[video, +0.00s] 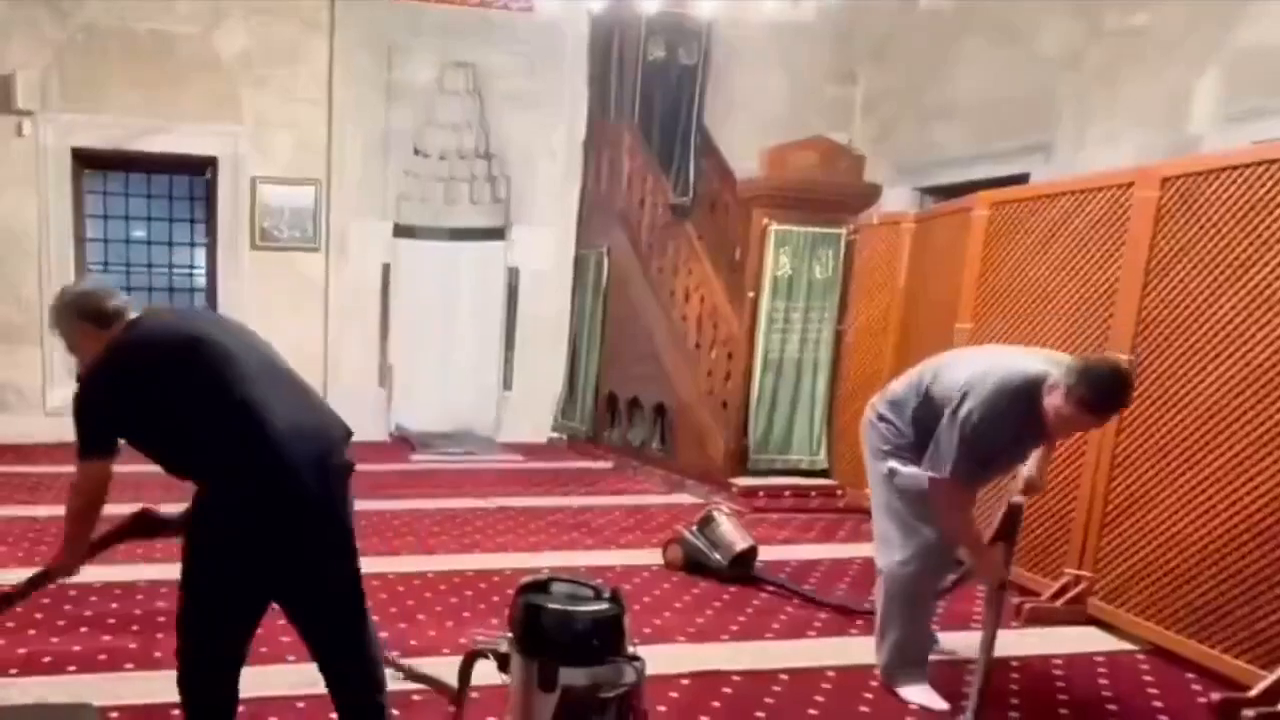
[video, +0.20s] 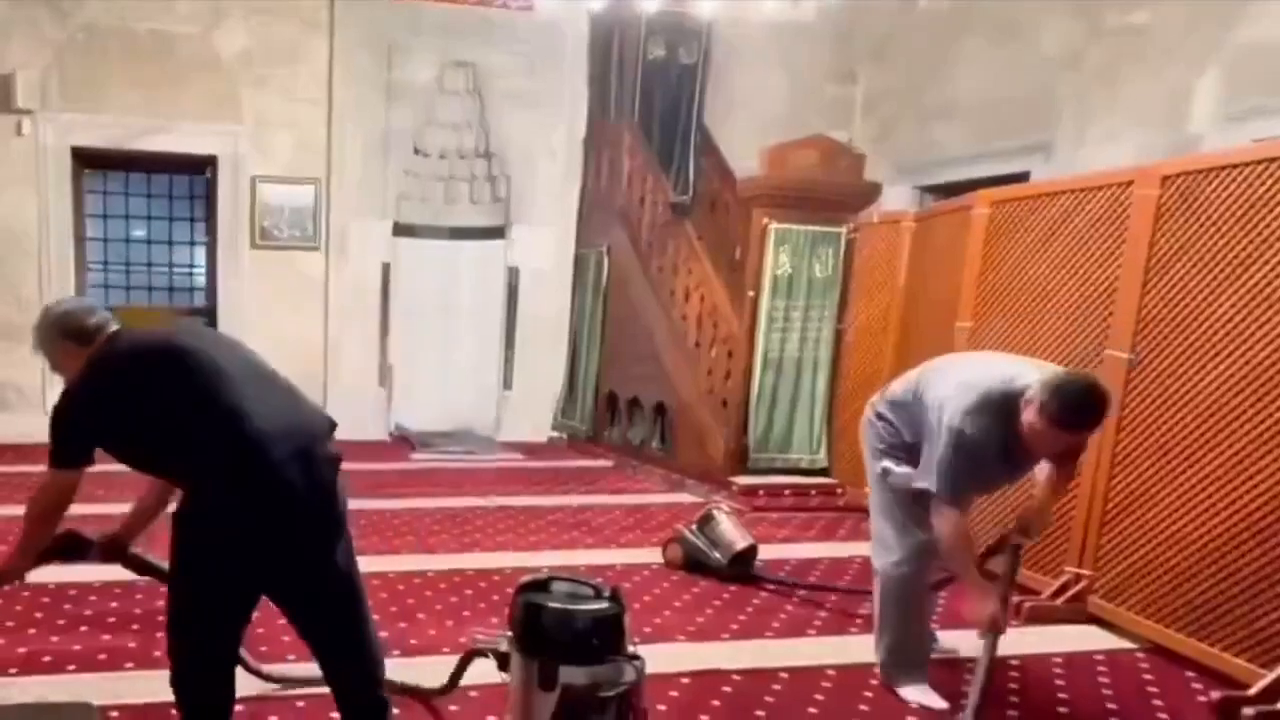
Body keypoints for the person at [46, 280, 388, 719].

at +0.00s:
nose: (76, 364)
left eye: (72, 348)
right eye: (70, 351)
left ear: (85, 332)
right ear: (125, 312)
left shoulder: (101, 379)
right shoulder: (195, 327)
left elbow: (90, 490)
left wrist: (70, 554)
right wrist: (177, 520)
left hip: (247, 490)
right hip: (323, 465)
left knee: (208, 657)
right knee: (344, 639)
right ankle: (368, 709)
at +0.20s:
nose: (60, 375)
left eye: (56, 365)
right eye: (54, 366)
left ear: (67, 351)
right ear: (108, 327)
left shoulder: (84, 395)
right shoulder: (181, 341)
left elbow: (55, 499)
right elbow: (174, 469)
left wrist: (19, 561)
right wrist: (123, 535)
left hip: (228, 497)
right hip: (310, 469)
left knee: (201, 653)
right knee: (344, 636)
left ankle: (206, 715)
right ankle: (370, 709)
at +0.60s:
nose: (87, 371)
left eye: (85, 358)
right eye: (82, 361)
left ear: (95, 343)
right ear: (131, 321)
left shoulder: (112, 386)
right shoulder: (203, 332)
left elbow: (81, 494)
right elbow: (244, 450)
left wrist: (49, 565)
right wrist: (168, 503)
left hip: (246, 489)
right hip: (327, 465)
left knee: (207, 638)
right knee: (351, 627)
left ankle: (208, 715)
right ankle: (372, 710)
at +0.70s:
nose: (106, 370)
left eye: (101, 356)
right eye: (99, 360)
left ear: (113, 335)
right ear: (150, 313)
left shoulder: (127, 385)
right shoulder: (220, 319)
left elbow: (111, 499)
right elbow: (257, 401)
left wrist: (91, 565)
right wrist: (205, 469)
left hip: (256, 494)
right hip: (340, 466)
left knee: (214, 648)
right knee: (358, 631)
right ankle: (374, 712)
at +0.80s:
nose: (129, 355)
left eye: (124, 342)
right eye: (122, 346)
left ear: (137, 327)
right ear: (173, 305)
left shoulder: (151, 376)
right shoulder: (247, 309)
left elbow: (153, 485)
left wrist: (146, 554)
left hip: (275, 488)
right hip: (357, 466)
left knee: (227, 642)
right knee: (369, 637)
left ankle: (217, 715)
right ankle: (378, 708)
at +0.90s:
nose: (160, 340)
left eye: (156, 328)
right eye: (155, 330)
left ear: (167, 317)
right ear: (197, 297)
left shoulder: (178, 367)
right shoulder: (278, 299)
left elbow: (189, 474)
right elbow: (365, 337)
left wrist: (195, 542)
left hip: (299, 483)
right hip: (378, 467)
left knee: (242, 640)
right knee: (381, 639)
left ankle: (218, 712)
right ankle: (386, 713)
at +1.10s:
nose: (195, 329)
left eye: (191, 319)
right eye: (190, 319)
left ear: (199, 307)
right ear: (238, 285)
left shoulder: (219, 356)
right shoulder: (313, 288)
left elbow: (248, 469)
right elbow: (405, 301)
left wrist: (275, 529)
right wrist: (393, 386)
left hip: (334, 468)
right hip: (412, 448)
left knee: (276, 615)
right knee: (396, 610)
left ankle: (225, 711)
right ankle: (389, 712)